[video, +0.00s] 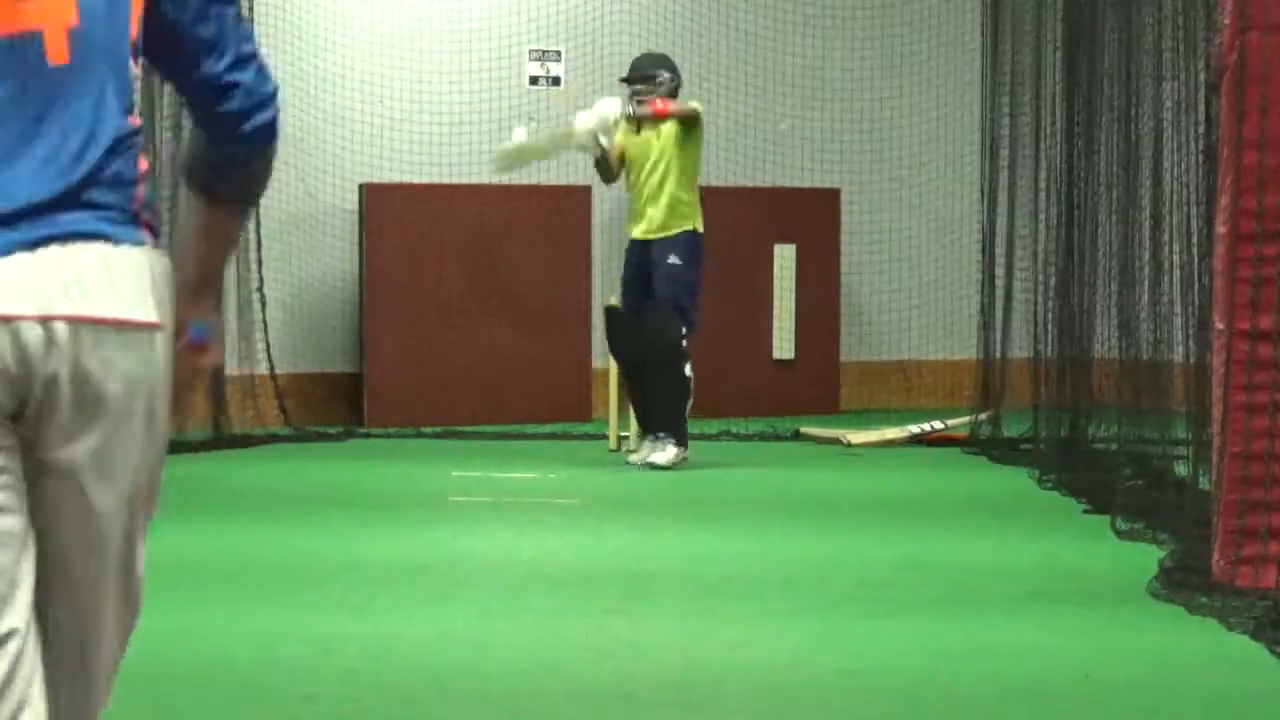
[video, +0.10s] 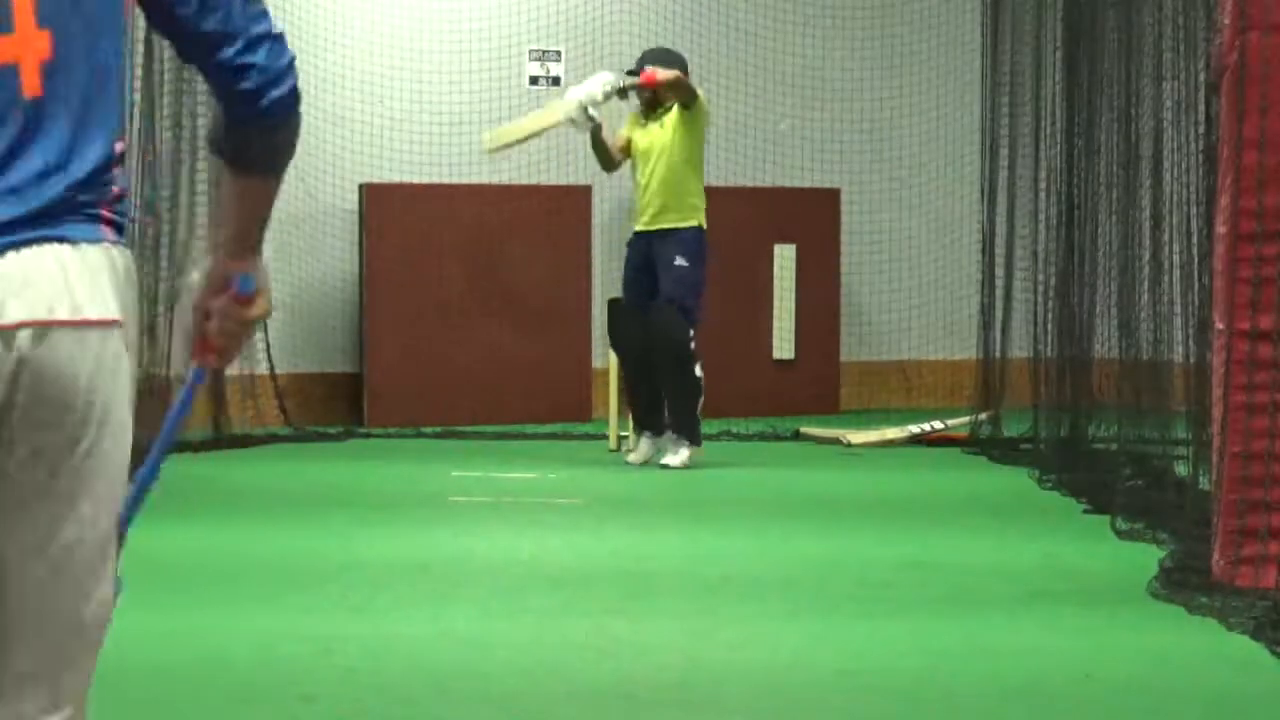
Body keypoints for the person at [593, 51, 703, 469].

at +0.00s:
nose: (639, 95)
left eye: (647, 87)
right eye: (634, 88)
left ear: (668, 88)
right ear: (627, 90)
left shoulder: (683, 121)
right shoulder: (626, 130)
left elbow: (691, 113)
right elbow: (608, 175)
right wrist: (596, 141)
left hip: (678, 234)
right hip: (641, 237)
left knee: (669, 335)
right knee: (636, 332)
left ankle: (673, 438)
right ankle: (651, 434)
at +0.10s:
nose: (640, 88)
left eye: (647, 78)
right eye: (638, 80)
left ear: (671, 81)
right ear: (638, 86)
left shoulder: (689, 114)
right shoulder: (636, 124)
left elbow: (676, 79)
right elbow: (609, 162)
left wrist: (629, 82)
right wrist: (594, 128)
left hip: (682, 233)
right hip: (643, 235)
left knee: (674, 332)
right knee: (634, 332)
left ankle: (685, 438)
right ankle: (650, 431)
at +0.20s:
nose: (653, 89)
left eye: (659, 79)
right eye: (652, 82)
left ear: (674, 83)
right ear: (652, 89)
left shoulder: (693, 119)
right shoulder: (645, 131)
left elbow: (680, 79)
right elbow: (613, 164)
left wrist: (626, 84)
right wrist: (597, 125)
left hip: (685, 239)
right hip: (647, 242)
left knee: (678, 336)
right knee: (628, 334)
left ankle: (689, 441)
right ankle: (654, 431)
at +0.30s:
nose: (646, 98)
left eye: (651, 89)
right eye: (646, 91)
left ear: (673, 91)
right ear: (652, 98)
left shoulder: (696, 128)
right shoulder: (650, 140)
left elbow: (689, 92)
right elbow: (619, 174)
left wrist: (639, 94)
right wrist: (606, 134)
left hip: (685, 247)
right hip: (650, 249)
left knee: (675, 339)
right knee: (634, 337)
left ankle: (692, 444)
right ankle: (661, 436)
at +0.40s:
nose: (648, 106)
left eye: (654, 98)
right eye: (647, 99)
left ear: (675, 98)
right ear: (654, 104)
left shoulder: (698, 136)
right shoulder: (659, 147)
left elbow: (700, 118)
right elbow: (623, 180)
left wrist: (653, 119)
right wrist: (613, 147)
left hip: (687, 253)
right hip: (654, 253)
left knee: (678, 345)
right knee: (645, 344)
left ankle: (692, 445)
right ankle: (663, 439)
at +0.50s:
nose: (645, 107)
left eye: (650, 99)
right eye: (644, 100)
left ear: (671, 97)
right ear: (660, 101)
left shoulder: (699, 128)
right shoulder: (656, 145)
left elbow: (712, 146)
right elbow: (630, 188)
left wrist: (664, 144)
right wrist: (620, 157)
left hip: (690, 253)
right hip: (656, 254)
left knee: (676, 343)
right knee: (649, 343)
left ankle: (692, 445)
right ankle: (664, 439)